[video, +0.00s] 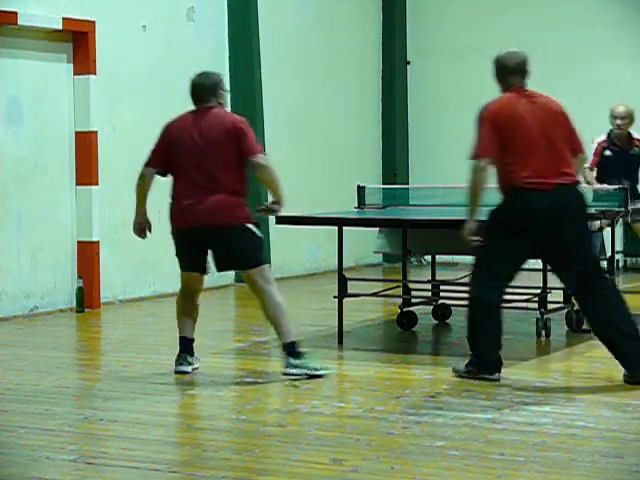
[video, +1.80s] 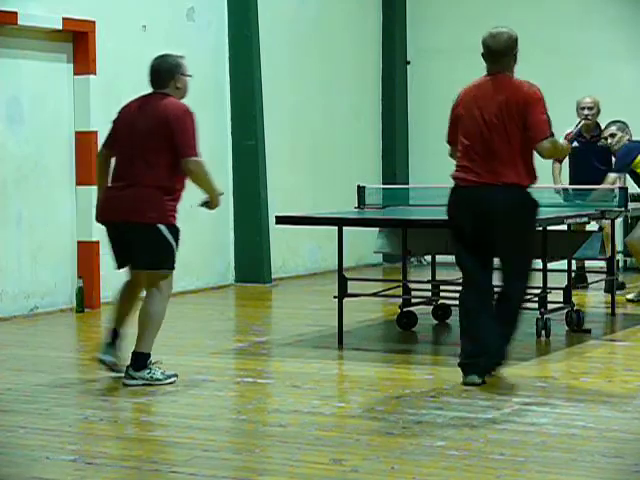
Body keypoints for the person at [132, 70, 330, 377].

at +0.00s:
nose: (227, 96)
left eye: (225, 91)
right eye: (225, 92)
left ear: (194, 97)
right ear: (220, 95)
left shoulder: (175, 128)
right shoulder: (235, 124)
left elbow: (147, 174)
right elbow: (258, 162)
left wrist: (140, 213)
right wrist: (278, 195)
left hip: (186, 222)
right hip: (230, 219)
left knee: (189, 287)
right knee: (264, 283)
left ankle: (185, 355)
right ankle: (293, 354)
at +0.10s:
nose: (215, 89)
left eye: (213, 85)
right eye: (213, 85)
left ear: (183, 89)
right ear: (205, 88)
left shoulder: (162, 121)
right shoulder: (219, 116)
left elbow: (137, 167)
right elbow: (237, 157)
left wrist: (139, 206)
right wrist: (261, 193)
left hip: (173, 218)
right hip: (215, 215)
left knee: (185, 284)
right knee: (245, 278)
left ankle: (184, 355)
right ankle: (246, 354)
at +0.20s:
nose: (204, 84)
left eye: (202, 79)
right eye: (201, 80)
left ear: (172, 84)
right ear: (193, 83)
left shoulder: (152, 116)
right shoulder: (206, 111)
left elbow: (131, 167)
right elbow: (224, 155)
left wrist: (138, 204)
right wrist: (248, 187)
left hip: (161, 214)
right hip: (201, 212)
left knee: (180, 282)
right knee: (223, 281)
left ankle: (183, 355)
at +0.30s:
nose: (195, 84)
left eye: (193, 79)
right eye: (192, 79)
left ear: (163, 83)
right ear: (184, 82)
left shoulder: (143, 115)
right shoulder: (195, 111)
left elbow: (123, 166)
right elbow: (217, 159)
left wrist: (132, 200)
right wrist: (240, 187)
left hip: (147, 214)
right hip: (184, 213)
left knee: (173, 282)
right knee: (197, 285)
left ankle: (183, 354)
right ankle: (146, 344)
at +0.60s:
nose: (172, 78)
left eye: (172, 73)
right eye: (170, 73)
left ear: (139, 77)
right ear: (159, 76)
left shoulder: (115, 106)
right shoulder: (163, 107)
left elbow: (93, 154)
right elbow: (173, 158)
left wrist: (87, 198)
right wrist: (197, 187)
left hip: (110, 209)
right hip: (144, 212)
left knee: (137, 281)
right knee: (145, 284)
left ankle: (131, 354)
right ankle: (123, 364)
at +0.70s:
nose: (163, 78)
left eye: (162, 72)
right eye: (160, 72)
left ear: (130, 76)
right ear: (148, 75)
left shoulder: (106, 106)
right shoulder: (151, 105)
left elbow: (85, 154)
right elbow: (157, 155)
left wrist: (78, 198)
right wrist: (182, 190)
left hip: (100, 210)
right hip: (136, 213)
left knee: (114, 279)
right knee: (138, 284)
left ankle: (90, 349)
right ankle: (123, 365)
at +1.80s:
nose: (188, 82)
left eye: (188, 77)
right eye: (186, 77)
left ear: (156, 80)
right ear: (176, 80)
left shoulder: (130, 109)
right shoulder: (178, 111)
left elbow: (104, 155)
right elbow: (190, 163)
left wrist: (104, 196)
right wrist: (213, 192)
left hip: (115, 210)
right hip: (152, 213)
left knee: (137, 277)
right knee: (160, 288)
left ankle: (112, 344)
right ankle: (139, 365)